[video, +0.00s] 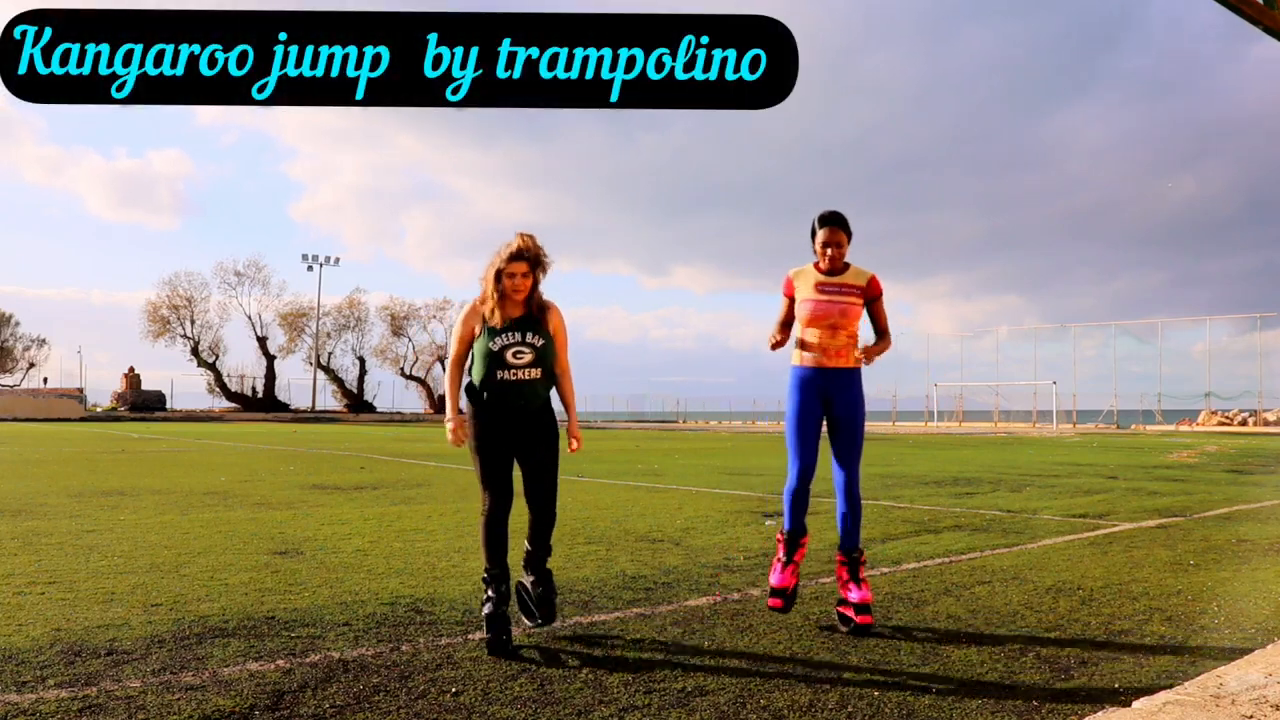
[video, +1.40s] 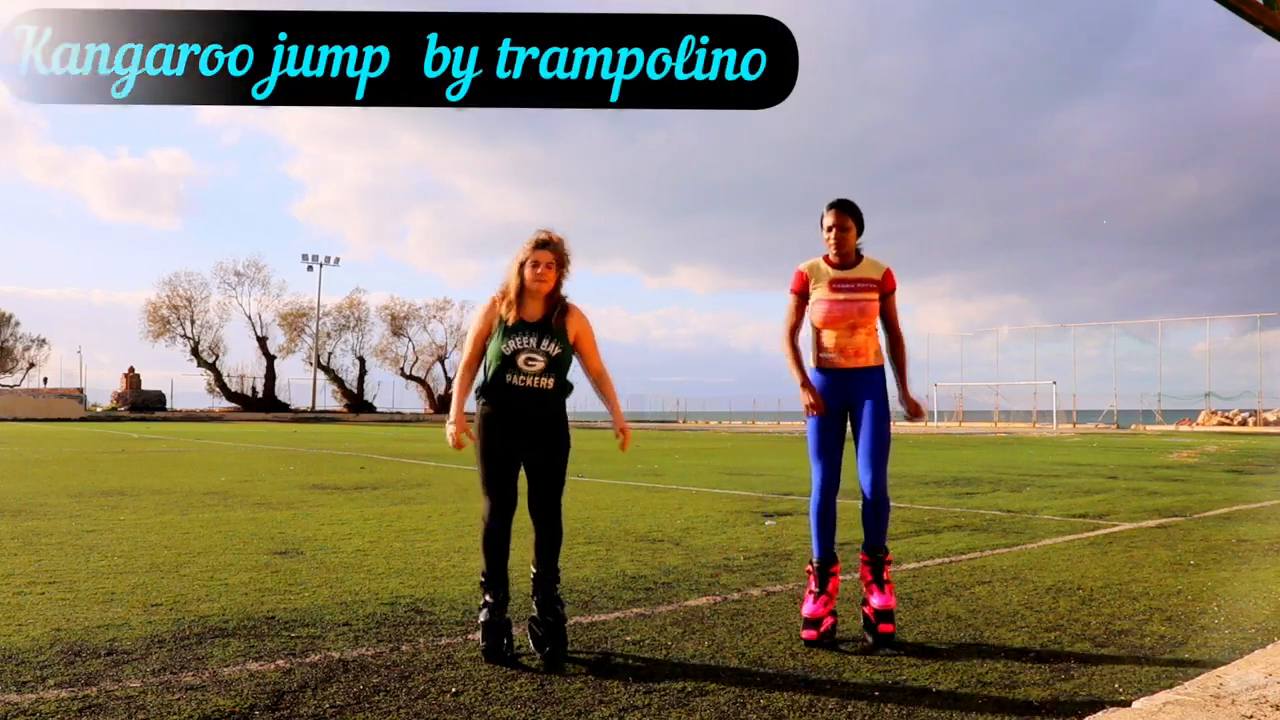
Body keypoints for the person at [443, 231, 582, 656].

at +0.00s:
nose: (519, 283)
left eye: (525, 276)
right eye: (512, 276)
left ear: (535, 278)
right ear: (498, 276)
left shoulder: (549, 314)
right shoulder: (476, 314)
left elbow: (561, 369)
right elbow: (455, 366)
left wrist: (571, 417)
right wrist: (452, 413)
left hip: (538, 420)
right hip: (490, 421)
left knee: (544, 506)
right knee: (497, 503)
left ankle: (537, 574)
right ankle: (495, 592)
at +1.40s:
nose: (542, 271)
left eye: (550, 266)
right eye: (535, 264)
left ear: (559, 274)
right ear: (521, 267)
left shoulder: (571, 318)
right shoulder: (497, 308)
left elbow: (596, 371)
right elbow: (470, 361)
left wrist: (617, 413)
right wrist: (456, 411)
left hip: (548, 424)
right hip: (498, 421)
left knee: (547, 513)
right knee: (498, 511)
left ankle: (547, 604)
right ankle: (493, 606)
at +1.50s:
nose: (555, 250)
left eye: (565, 246)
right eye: (549, 242)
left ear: (576, 254)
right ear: (537, 245)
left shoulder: (584, 297)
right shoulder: (511, 281)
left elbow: (609, 342)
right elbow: (477, 330)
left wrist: (612, 356)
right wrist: (451, 378)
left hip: (545, 402)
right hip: (495, 397)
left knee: (546, 493)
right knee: (487, 485)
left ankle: (548, 592)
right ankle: (475, 587)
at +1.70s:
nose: (562, 279)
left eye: (571, 272)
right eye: (556, 270)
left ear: (584, 279)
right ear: (544, 273)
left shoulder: (592, 325)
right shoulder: (522, 308)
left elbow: (616, 383)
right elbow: (483, 353)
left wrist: (621, 355)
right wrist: (446, 398)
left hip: (556, 425)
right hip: (505, 414)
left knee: (551, 514)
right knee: (464, 493)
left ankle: (540, 608)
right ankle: (413, 586)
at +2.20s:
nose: (564, 283)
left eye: (571, 277)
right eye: (557, 276)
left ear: (582, 284)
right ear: (545, 282)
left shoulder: (591, 333)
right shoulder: (521, 316)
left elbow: (607, 386)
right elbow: (482, 364)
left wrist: (622, 393)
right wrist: (445, 410)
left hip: (551, 429)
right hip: (502, 418)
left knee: (545, 515)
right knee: (449, 491)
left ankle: (539, 605)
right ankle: (390, 572)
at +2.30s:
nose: (544, 282)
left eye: (553, 276)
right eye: (538, 274)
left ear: (566, 283)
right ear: (527, 280)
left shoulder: (577, 329)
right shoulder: (506, 316)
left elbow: (582, 380)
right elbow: (476, 366)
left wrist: (578, 426)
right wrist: (477, 401)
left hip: (548, 430)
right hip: (498, 422)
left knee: (543, 516)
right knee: (455, 498)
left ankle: (539, 606)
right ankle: (428, 586)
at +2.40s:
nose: (526, 267)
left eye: (534, 260)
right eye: (519, 260)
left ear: (547, 263)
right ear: (508, 263)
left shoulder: (564, 309)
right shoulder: (492, 298)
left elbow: (574, 364)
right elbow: (462, 345)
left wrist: (571, 413)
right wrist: (484, 355)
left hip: (545, 413)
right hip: (496, 407)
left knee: (545, 500)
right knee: (468, 489)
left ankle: (546, 595)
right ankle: (454, 586)